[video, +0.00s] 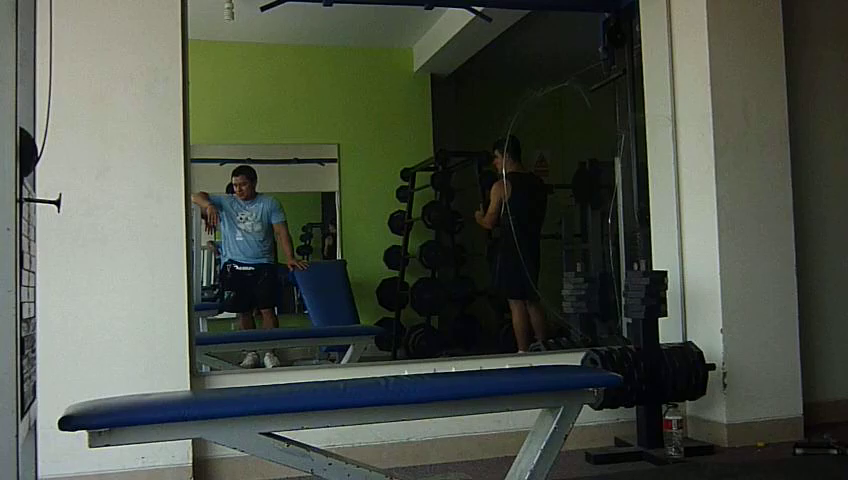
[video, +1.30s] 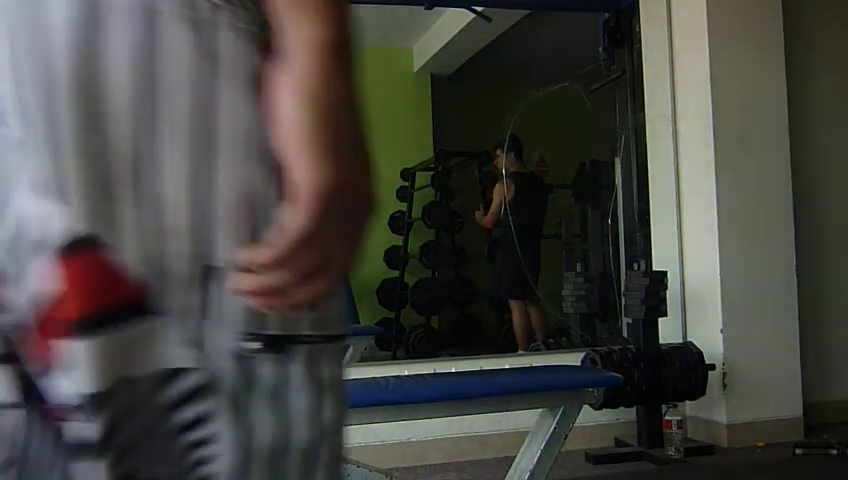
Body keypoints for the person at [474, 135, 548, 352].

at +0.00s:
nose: (494, 163)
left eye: (495, 158)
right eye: (494, 158)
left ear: (503, 157)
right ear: (518, 156)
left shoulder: (501, 186)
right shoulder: (536, 182)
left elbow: (490, 221)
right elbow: (537, 217)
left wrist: (480, 216)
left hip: (510, 248)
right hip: (532, 246)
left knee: (516, 301)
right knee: (532, 299)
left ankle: (523, 353)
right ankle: (542, 347)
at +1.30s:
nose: (496, 163)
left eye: (497, 157)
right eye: (495, 158)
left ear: (507, 156)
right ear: (519, 156)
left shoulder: (504, 185)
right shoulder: (537, 182)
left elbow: (490, 221)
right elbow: (537, 215)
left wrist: (480, 217)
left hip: (511, 247)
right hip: (533, 245)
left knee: (516, 301)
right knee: (532, 298)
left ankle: (522, 353)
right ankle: (542, 346)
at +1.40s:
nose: (497, 163)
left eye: (499, 157)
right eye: (497, 157)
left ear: (510, 156)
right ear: (518, 157)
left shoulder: (505, 185)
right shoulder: (539, 182)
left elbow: (492, 218)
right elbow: (538, 217)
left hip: (512, 247)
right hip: (533, 246)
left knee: (516, 301)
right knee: (532, 299)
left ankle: (523, 352)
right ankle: (542, 347)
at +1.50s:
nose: (497, 162)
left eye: (498, 157)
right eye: (497, 157)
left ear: (509, 156)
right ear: (518, 157)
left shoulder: (504, 186)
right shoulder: (532, 180)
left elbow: (491, 220)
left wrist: (480, 217)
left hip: (511, 248)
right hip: (533, 243)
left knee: (516, 302)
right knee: (532, 299)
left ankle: (522, 351)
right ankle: (542, 345)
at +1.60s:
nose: (496, 163)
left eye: (498, 157)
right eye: (496, 158)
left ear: (509, 156)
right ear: (519, 157)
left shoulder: (504, 186)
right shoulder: (536, 180)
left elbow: (491, 220)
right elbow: (538, 213)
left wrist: (480, 217)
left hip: (511, 247)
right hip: (534, 245)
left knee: (516, 302)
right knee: (533, 299)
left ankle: (523, 353)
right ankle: (542, 347)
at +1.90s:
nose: (502, 165)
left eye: (504, 160)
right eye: (503, 161)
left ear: (511, 158)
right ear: (522, 157)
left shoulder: (512, 183)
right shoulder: (538, 180)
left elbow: (503, 213)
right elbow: (542, 216)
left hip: (515, 247)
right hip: (534, 245)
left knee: (518, 299)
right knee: (533, 297)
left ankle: (522, 350)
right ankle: (542, 343)